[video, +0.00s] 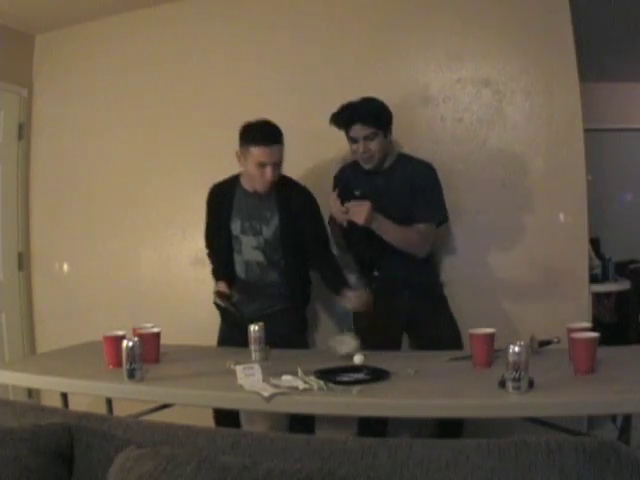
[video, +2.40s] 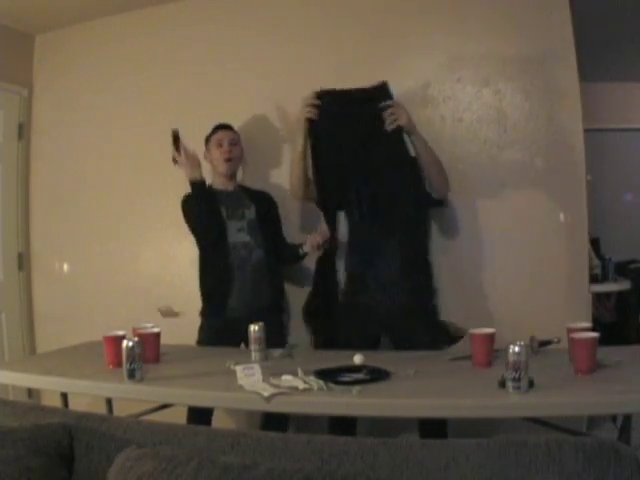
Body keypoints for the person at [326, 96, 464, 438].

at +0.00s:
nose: (361, 149)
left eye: (370, 139)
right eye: (354, 141)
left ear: (388, 135)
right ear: (347, 141)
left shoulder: (420, 173)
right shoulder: (346, 178)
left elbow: (422, 244)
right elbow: (342, 244)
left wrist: (373, 220)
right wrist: (338, 224)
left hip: (420, 291)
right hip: (372, 293)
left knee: (451, 373)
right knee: (372, 383)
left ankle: (446, 460)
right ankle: (369, 465)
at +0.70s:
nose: (363, 138)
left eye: (371, 129)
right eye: (356, 132)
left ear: (391, 134)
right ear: (351, 140)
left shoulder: (422, 167)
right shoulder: (357, 178)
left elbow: (416, 226)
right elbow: (326, 219)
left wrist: (380, 175)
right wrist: (332, 162)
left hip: (434, 291)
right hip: (386, 295)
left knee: (460, 376)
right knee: (379, 384)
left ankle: (457, 464)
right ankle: (368, 469)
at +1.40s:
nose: (382, 137)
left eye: (390, 127)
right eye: (377, 131)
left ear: (412, 129)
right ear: (372, 136)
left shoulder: (437, 164)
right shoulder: (366, 173)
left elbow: (415, 177)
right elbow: (322, 159)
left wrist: (368, 124)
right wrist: (333, 105)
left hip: (435, 287)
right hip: (388, 289)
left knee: (448, 378)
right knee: (380, 379)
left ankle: (444, 463)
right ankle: (369, 463)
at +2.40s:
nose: (373, 140)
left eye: (378, 132)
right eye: (363, 132)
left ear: (393, 142)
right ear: (354, 142)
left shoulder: (409, 175)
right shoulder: (347, 183)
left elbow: (440, 190)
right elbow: (305, 192)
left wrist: (412, 132)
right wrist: (306, 134)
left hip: (408, 290)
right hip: (357, 293)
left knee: (427, 381)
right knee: (346, 385)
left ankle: (438, 469)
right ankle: (340, 469)